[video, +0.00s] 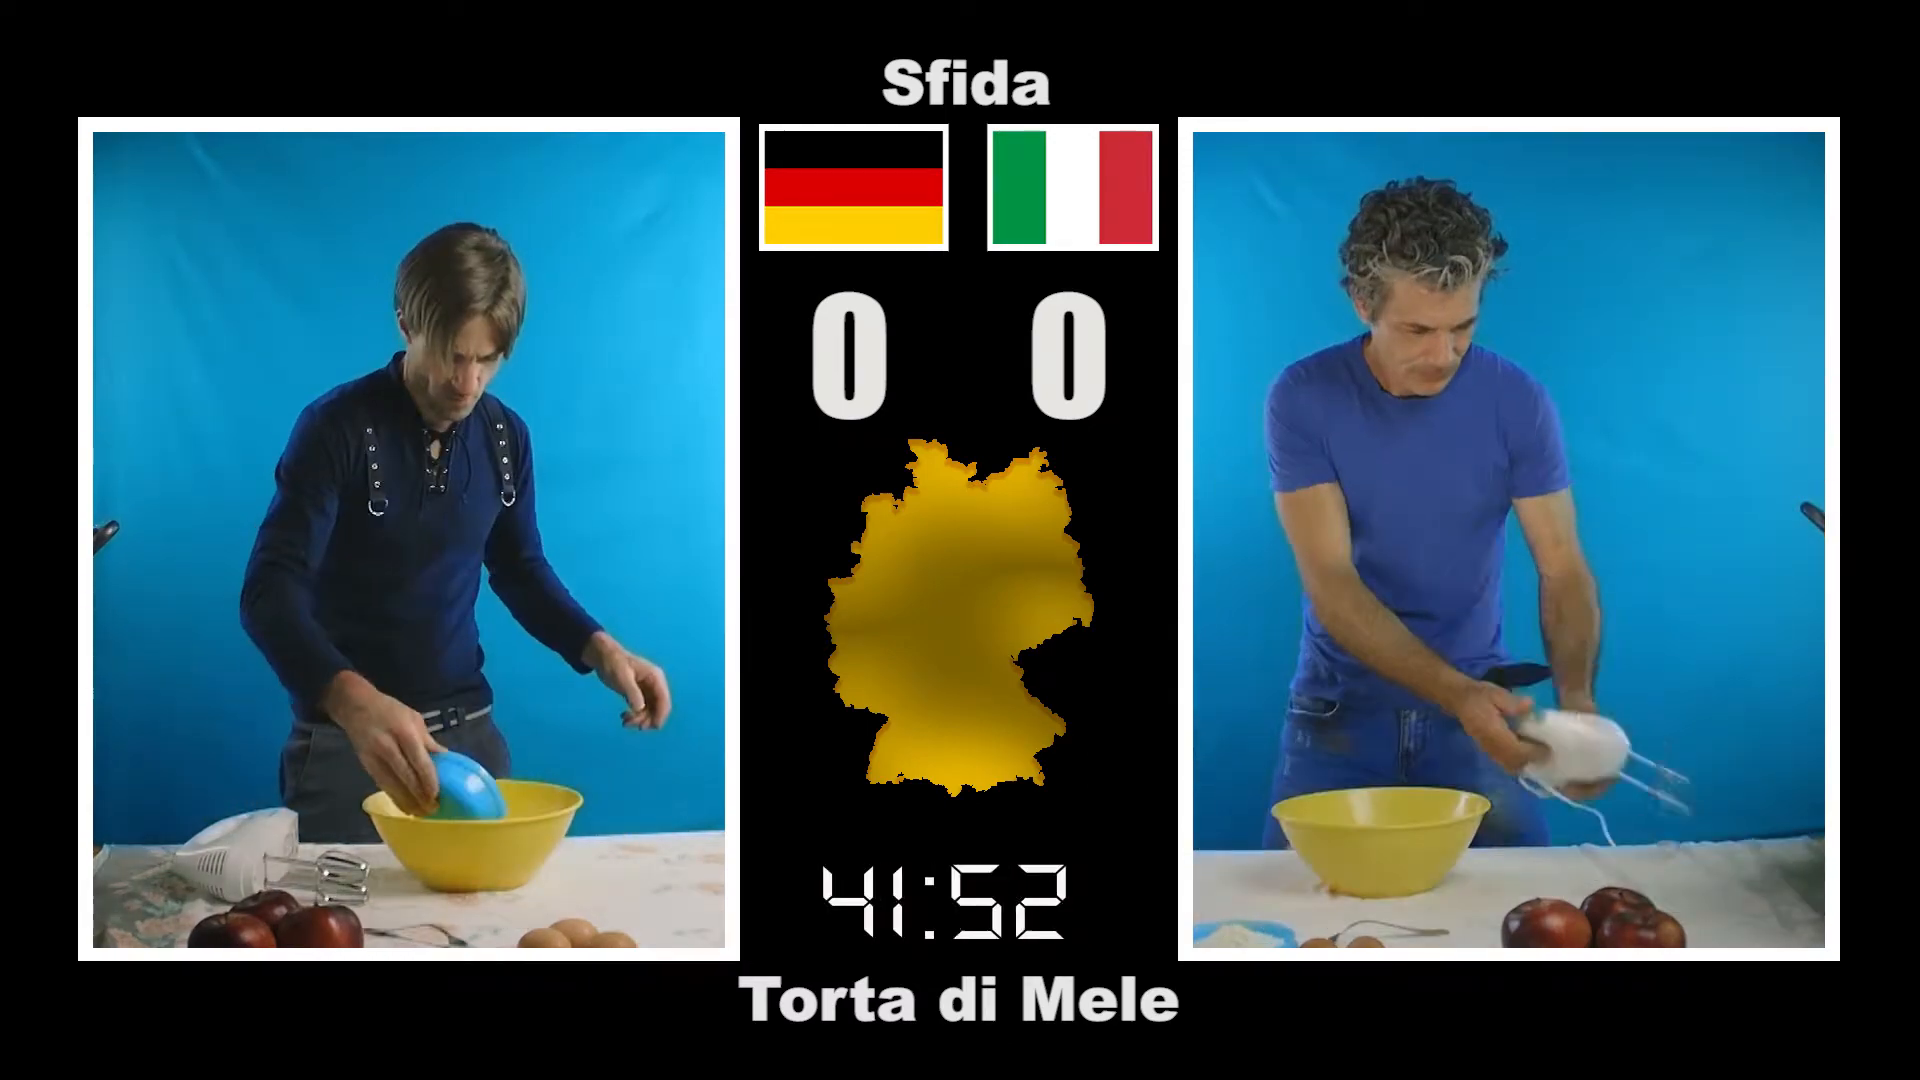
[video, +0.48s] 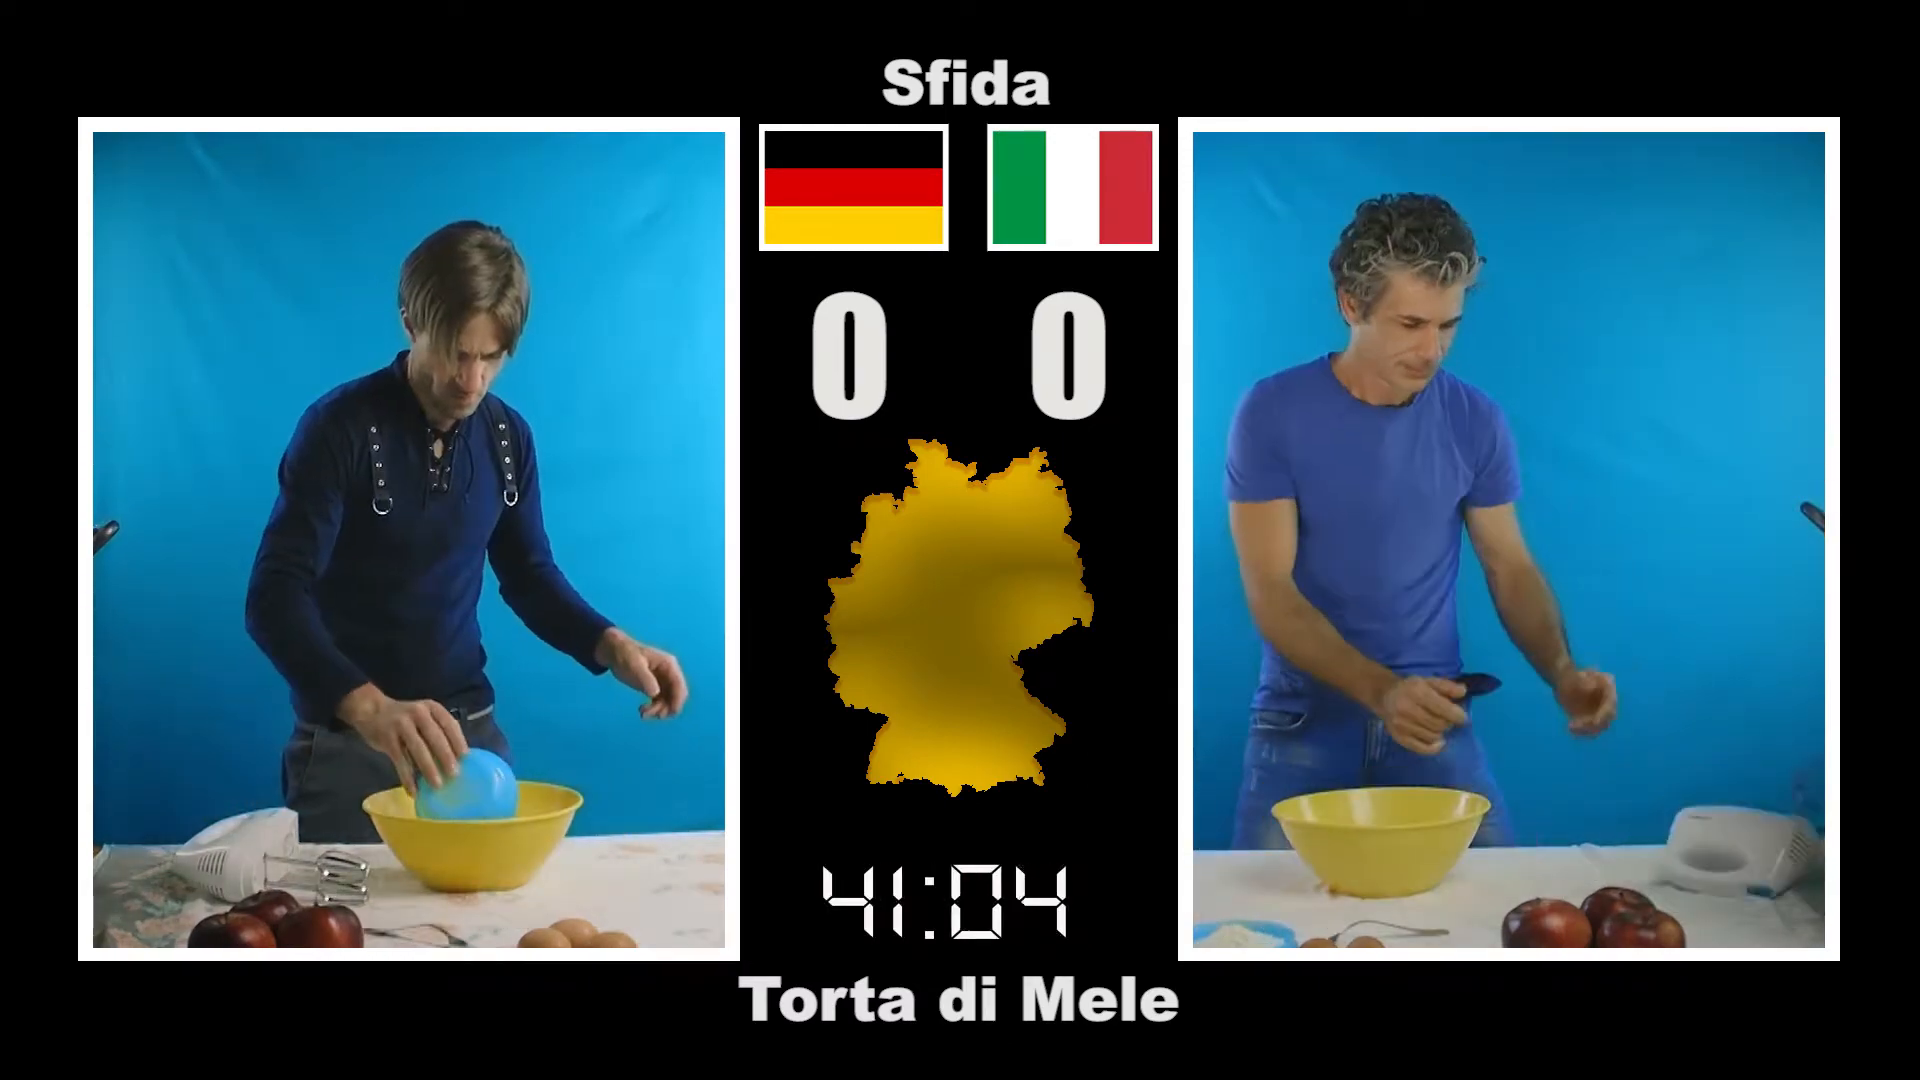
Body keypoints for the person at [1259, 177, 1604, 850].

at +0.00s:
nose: (1442, 354)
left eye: (1462, 328)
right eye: (1416, 331)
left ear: (1479, 302)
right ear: (1364, 305)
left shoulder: (1515, 401)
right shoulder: (1307, 399)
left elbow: (1562, 566)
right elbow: (1333, 585)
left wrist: (1575, 705)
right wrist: (1460, 693)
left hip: (1475, 718)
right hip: (1340, 712)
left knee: (1502, 941)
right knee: (1317, 932)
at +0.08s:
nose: (1443, 375)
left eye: (1461, 348)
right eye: (1418, 352)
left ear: (1477, 324)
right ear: (1363, 330)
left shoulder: (1512, 426)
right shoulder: (1306, 433)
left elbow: (1563, 593)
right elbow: (1358, 609)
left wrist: (1593, 730)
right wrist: (1493, 715)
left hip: (1473, 745)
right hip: (1338, 743)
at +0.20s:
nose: (1449, 394)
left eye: (1465, 367)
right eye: (1423, 370)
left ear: (1478, 348)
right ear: (1367, 354)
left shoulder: (1511, 452)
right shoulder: (1306, 459)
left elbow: (1561, 611)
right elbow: (1349, 635)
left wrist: (1615, 713)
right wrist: (1471, 703)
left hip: (1483, 760)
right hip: (1348, 762)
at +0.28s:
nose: (1446, 381)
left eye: (1463, 355)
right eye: (1425, 356)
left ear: (1478, 338)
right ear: (1365, 336)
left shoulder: (1500, 444)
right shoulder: (1295, 446)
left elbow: (1554, 588)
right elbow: (1324, 622)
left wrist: (1610, 680)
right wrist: (1446, 692)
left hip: (1461, 752)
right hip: (1330, 753)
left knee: (1549, 927)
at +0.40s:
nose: (1438, 359)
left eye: (1454, 334)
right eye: (1417, 334)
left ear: (1469, 320)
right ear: (1359, 314)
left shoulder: (1479, 430)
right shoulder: (1281, 421)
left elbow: (1526, 570)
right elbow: (1287, 599)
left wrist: (1579, 658)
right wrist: (1407, 683)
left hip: (1439, 736)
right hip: (1310, 735)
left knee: (1525, 918)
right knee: (1280, 939)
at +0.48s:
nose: (1432, 349)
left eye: (1448, 325)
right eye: (1410, 324)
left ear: (1462, 314)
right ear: (1352, 307)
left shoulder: (1472, 421)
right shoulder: (1275, 413)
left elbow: (1510, 564)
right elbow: (1270, 593)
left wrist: (1562, 673)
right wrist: (1381, 689)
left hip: (1434, 731)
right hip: (1305, 733)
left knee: (1492, 923)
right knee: (1283, 939)